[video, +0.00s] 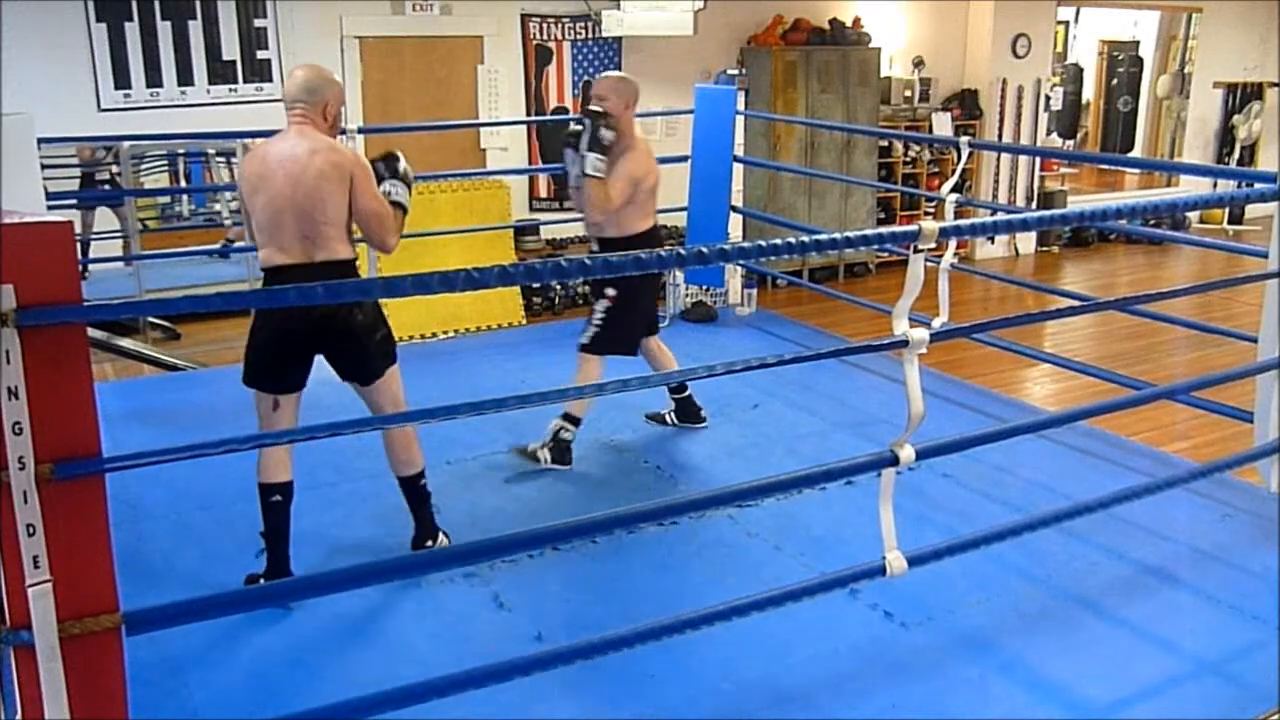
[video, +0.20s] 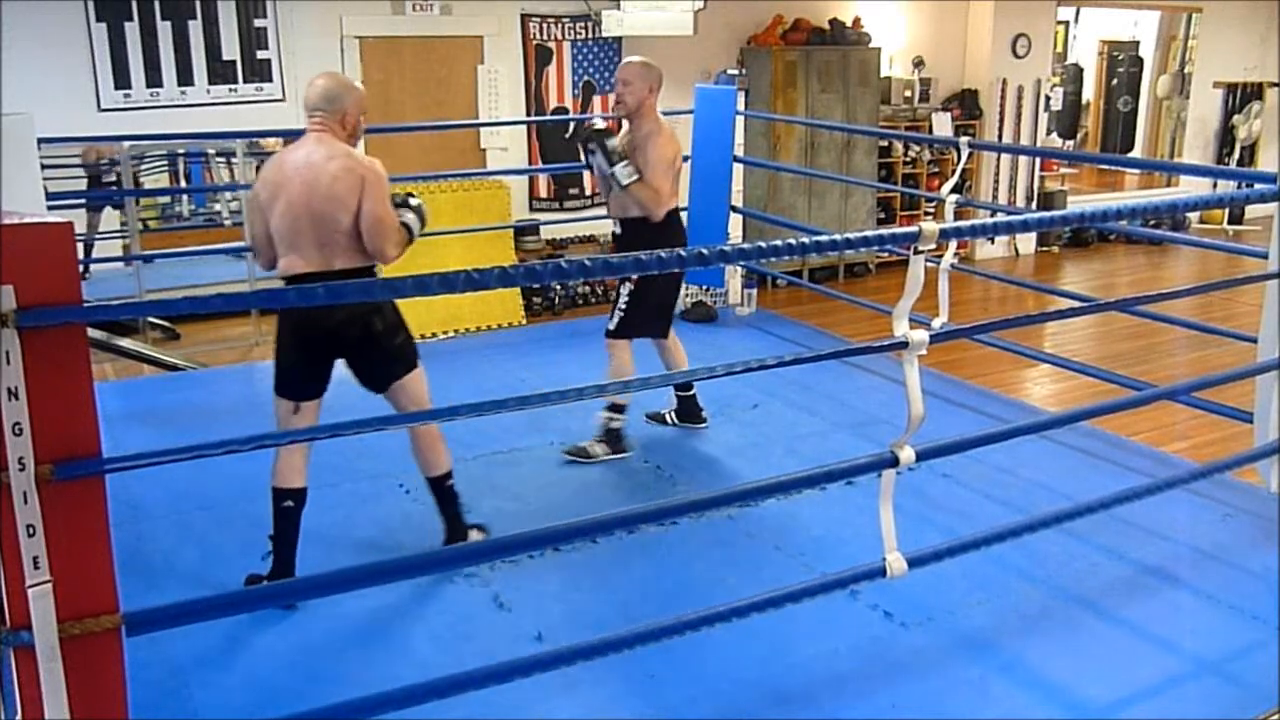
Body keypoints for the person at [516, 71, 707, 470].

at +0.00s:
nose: (592, 108)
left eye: (602, 101)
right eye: (592, 100)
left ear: (626, 106)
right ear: (596, 103)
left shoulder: (636, 158)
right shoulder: (610, 148)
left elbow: (599, 212)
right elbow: (584, 204)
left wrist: (594, 159)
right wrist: (574, 163)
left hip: (633, 261)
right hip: (619, 255)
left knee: (591, 350)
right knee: (644, 338)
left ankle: (561, 441)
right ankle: (686, 405)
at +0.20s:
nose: (616, 92)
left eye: (625, 85)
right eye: (616, 84)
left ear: (650, 92)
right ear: (626, 91)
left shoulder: (659, 138)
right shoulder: (629, 135)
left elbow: (657, 205)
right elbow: (608, 192)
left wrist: (616, 163)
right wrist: (595, 150)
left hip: (657, 244)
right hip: (638, 239)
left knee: (618, 336)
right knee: (659, 329)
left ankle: (612, 434)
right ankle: (689, 406)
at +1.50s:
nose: (591, 90)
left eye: (599, 83)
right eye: (588, 84)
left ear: (621, 85)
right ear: (586, 88)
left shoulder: (638, 128)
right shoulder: (589, 129)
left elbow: (639, 183)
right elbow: (575, 173)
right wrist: (568, 136)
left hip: (636, 220)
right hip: (605, 221)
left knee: (614, 315)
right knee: (607, 306)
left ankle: (638, 393)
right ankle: (645, 363)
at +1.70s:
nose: (578, 93)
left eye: (585, 86)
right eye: (574, 86)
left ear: (606, 88)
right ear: (572, 90)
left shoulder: (619, 133)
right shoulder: (583, 127)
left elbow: (616, 193)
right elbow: (574, 178)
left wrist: (587, 151)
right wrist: (560, 135)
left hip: (615, 224)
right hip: (585, 219)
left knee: (605, 318)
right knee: (577, 294)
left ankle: (637, 395)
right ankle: (584, 355)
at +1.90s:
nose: (553, 102)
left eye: (561, 95)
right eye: (548, 95)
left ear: (583, 97)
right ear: (543, 96)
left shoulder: (592, 139)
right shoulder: (540, 133)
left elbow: (592, 193)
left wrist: (567, 156)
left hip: (585, 231)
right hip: (549, 229)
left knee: (594, 320)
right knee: (546, 312)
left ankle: (634, 392)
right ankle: (546, 368)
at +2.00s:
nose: (540, 98)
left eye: (548, 91)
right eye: (537, 90)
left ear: (566, 93)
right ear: (532, 92)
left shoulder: (577, 132)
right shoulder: (524, 129)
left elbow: (589, 178)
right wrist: (488, 144)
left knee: (572, 316)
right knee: (539, 316)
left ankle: (606, 377)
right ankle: (535, 376)